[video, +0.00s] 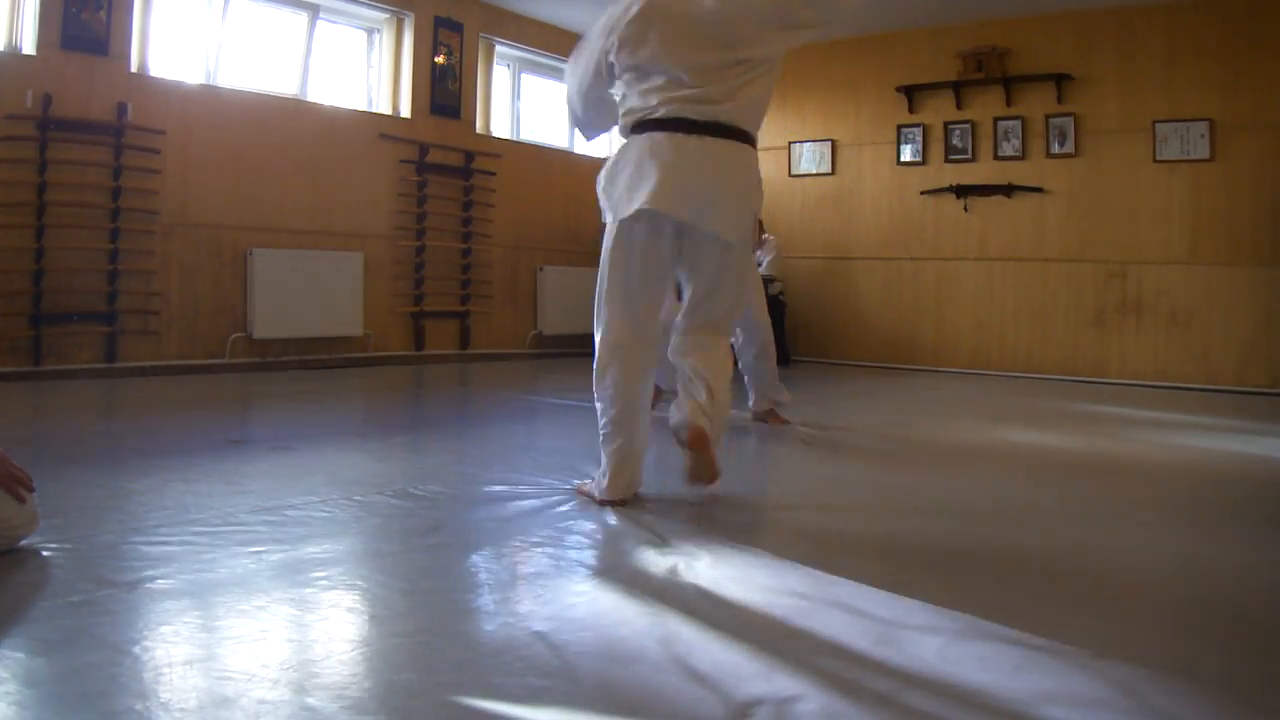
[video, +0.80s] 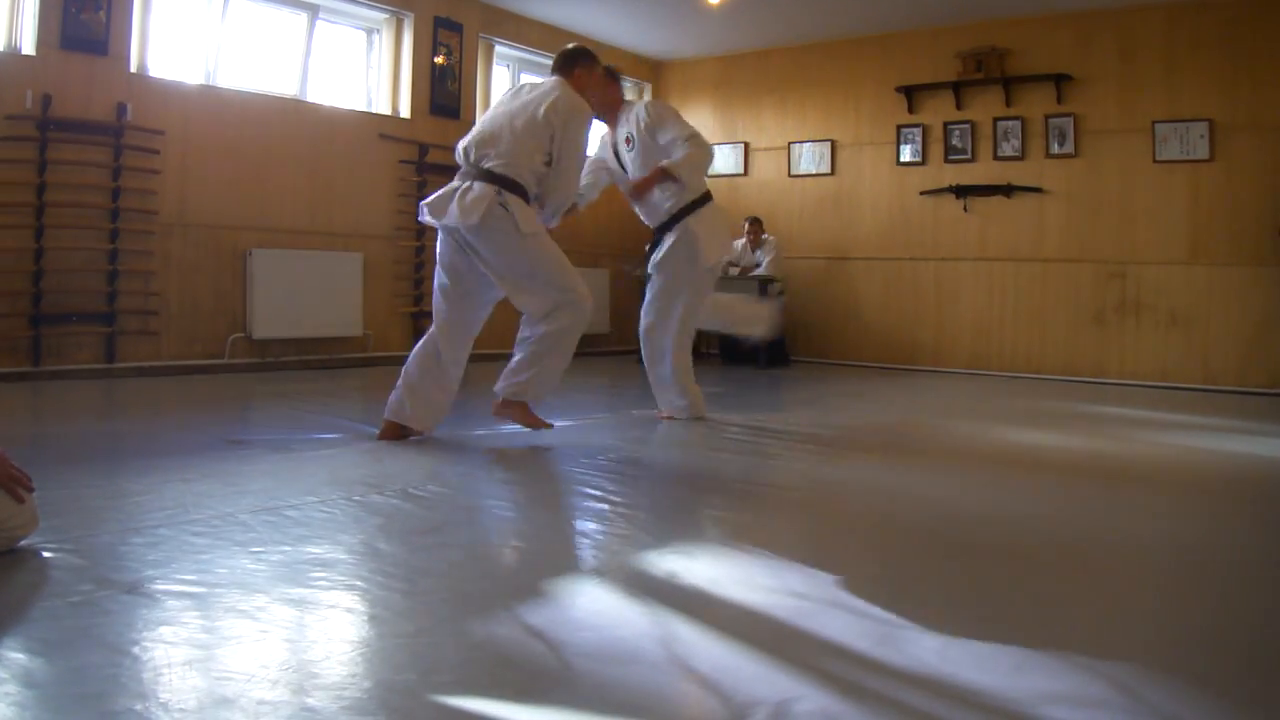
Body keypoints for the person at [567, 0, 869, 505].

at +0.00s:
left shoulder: (632, 12)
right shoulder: (764, 11)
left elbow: (582, 91)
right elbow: (850, 14)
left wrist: (611, 122)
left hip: (649, 161)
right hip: (729, 167)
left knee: (624, 331)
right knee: (707, 323)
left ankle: (617, 478)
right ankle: (698, 416)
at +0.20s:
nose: (707, 10)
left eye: (697, 5)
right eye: (728, 6)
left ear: (691, 4)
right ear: (736, 7)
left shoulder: (652, 49)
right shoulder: (759, 51)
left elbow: (623, 114)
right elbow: (807, 50)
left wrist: (645, 173)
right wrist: (815, 10)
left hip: (673, 191)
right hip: (742, 192)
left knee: (647, 311)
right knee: (758, 319)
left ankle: (618, 429)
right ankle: (777, 433)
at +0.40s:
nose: (676, 23)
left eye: (677, 15)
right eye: (680, 16)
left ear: (684, 18)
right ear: (720, 19)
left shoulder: (670, 59)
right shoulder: (743, 64)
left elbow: (634, 124)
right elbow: (717, 119)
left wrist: (605, 124)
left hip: (697, 189)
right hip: (753, 185)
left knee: (691, 304)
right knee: (772, 308)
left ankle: (720, 382)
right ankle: (788, 419)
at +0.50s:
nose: (655, 29)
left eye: (657, 21)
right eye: (657, 22)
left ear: (668, 22)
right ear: (696, 25)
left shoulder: (662, 57)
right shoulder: (717, 66)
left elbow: (658, 111)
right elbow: (714, 132)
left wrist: (607, 119)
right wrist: (668, 170)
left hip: (695, 183)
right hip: (743, 176)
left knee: (681, 285)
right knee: (777, 280)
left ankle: (716, 375)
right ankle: (825, 373)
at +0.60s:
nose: (634, 63)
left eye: (638, 54)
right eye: (635, 55)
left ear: (658, 51)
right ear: (671, 53)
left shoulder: (661, 85)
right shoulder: (696, 97)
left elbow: (671, 117)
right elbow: (634, 151)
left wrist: (613, 123)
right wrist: (590, 153)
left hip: (681, 219)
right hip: (723, 205)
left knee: (674, 318)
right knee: (791, 275)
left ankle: (683, 405)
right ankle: (867, 320)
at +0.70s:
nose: (612, 86)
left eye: (619, 77)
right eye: (613, 78)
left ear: (644, 80)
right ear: (638, 82)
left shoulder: (657, 110)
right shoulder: (636, 128)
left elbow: (687, 146)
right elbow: (605, 176)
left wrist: (622, 156)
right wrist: (558, 196)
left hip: (686, 233)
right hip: (705, 228)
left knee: (657, 320)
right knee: (756, 301)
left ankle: (681, 405)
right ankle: (838, 288)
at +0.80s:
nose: (589, 99)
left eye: (594, 88)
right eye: (588, 92)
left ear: (614, 85)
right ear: (599, 92)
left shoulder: (648, 112)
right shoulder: (607, 147)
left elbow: (699, 150)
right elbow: (581, 192)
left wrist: (655, 176)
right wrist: (548, 208)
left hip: (695, 226)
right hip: (671, 235)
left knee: (656, 322)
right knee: (682, 307)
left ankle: (679, 407)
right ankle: (767, 317)